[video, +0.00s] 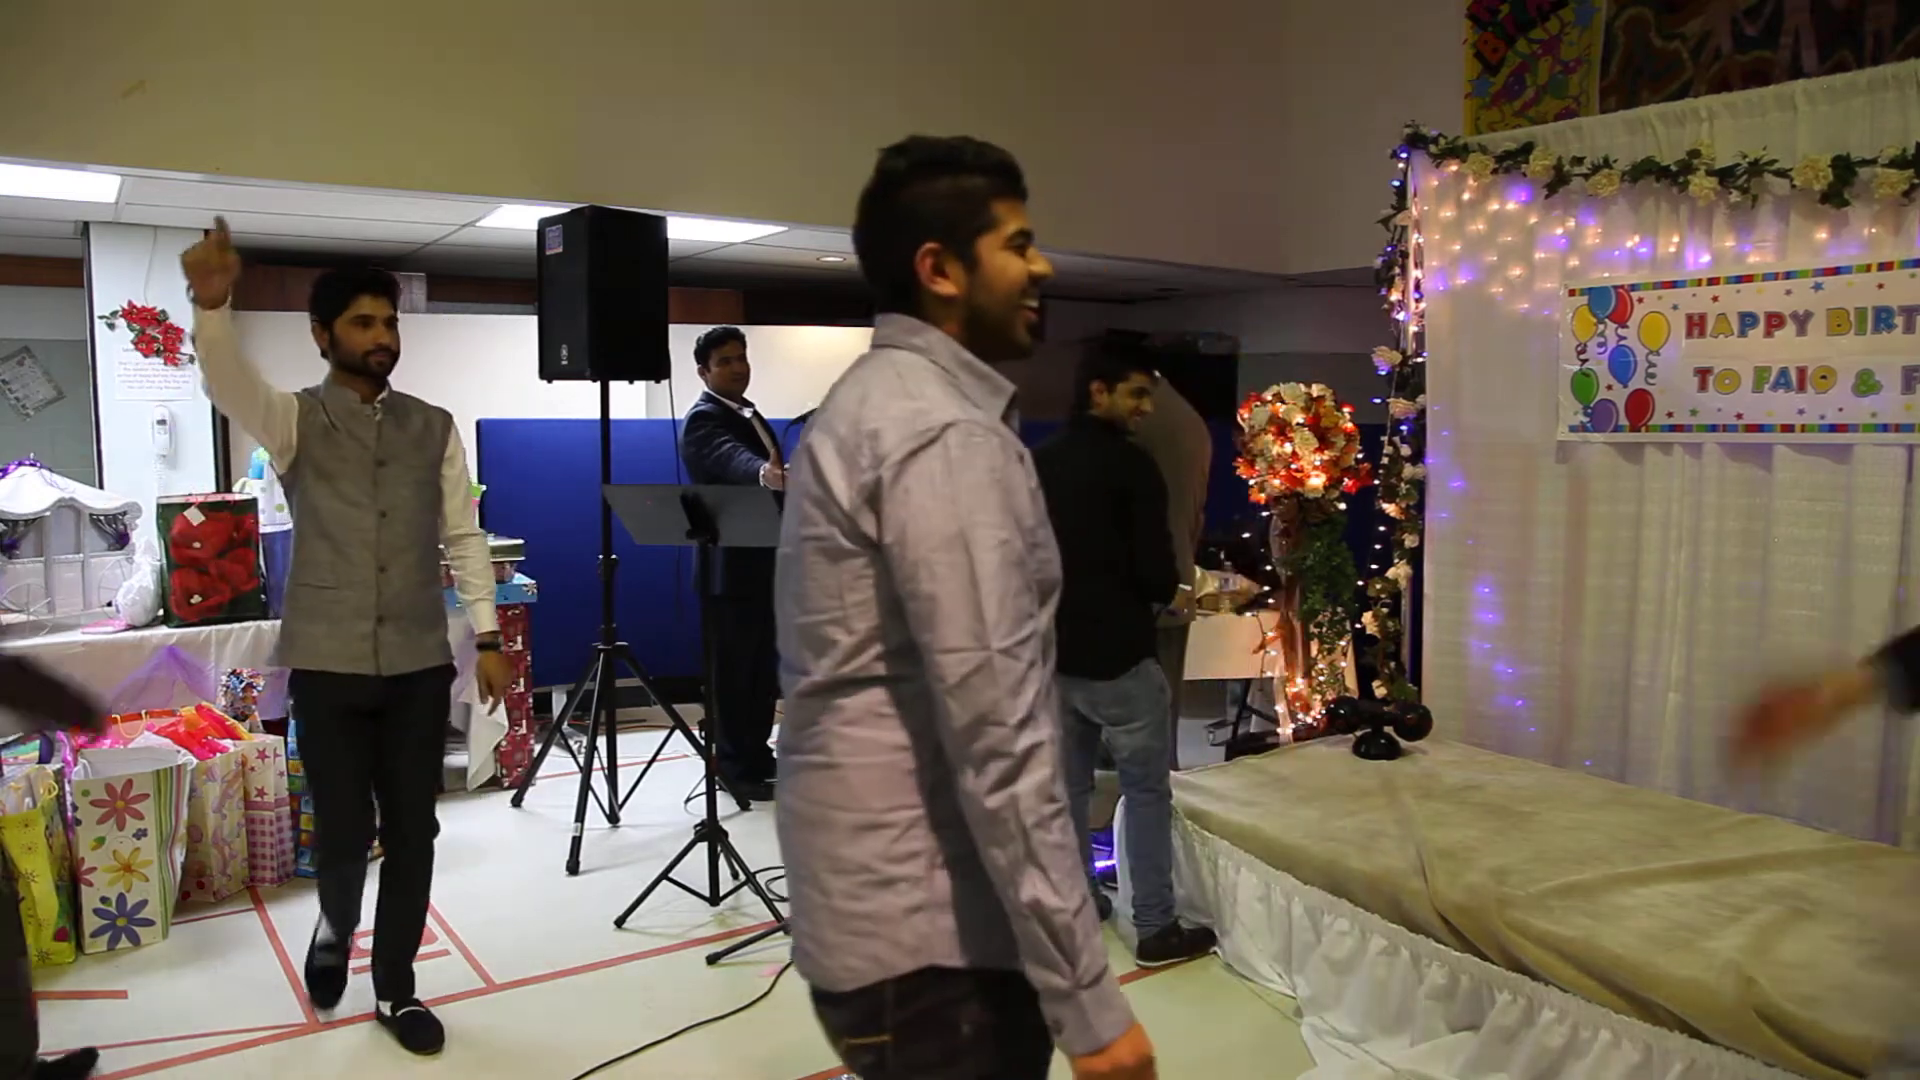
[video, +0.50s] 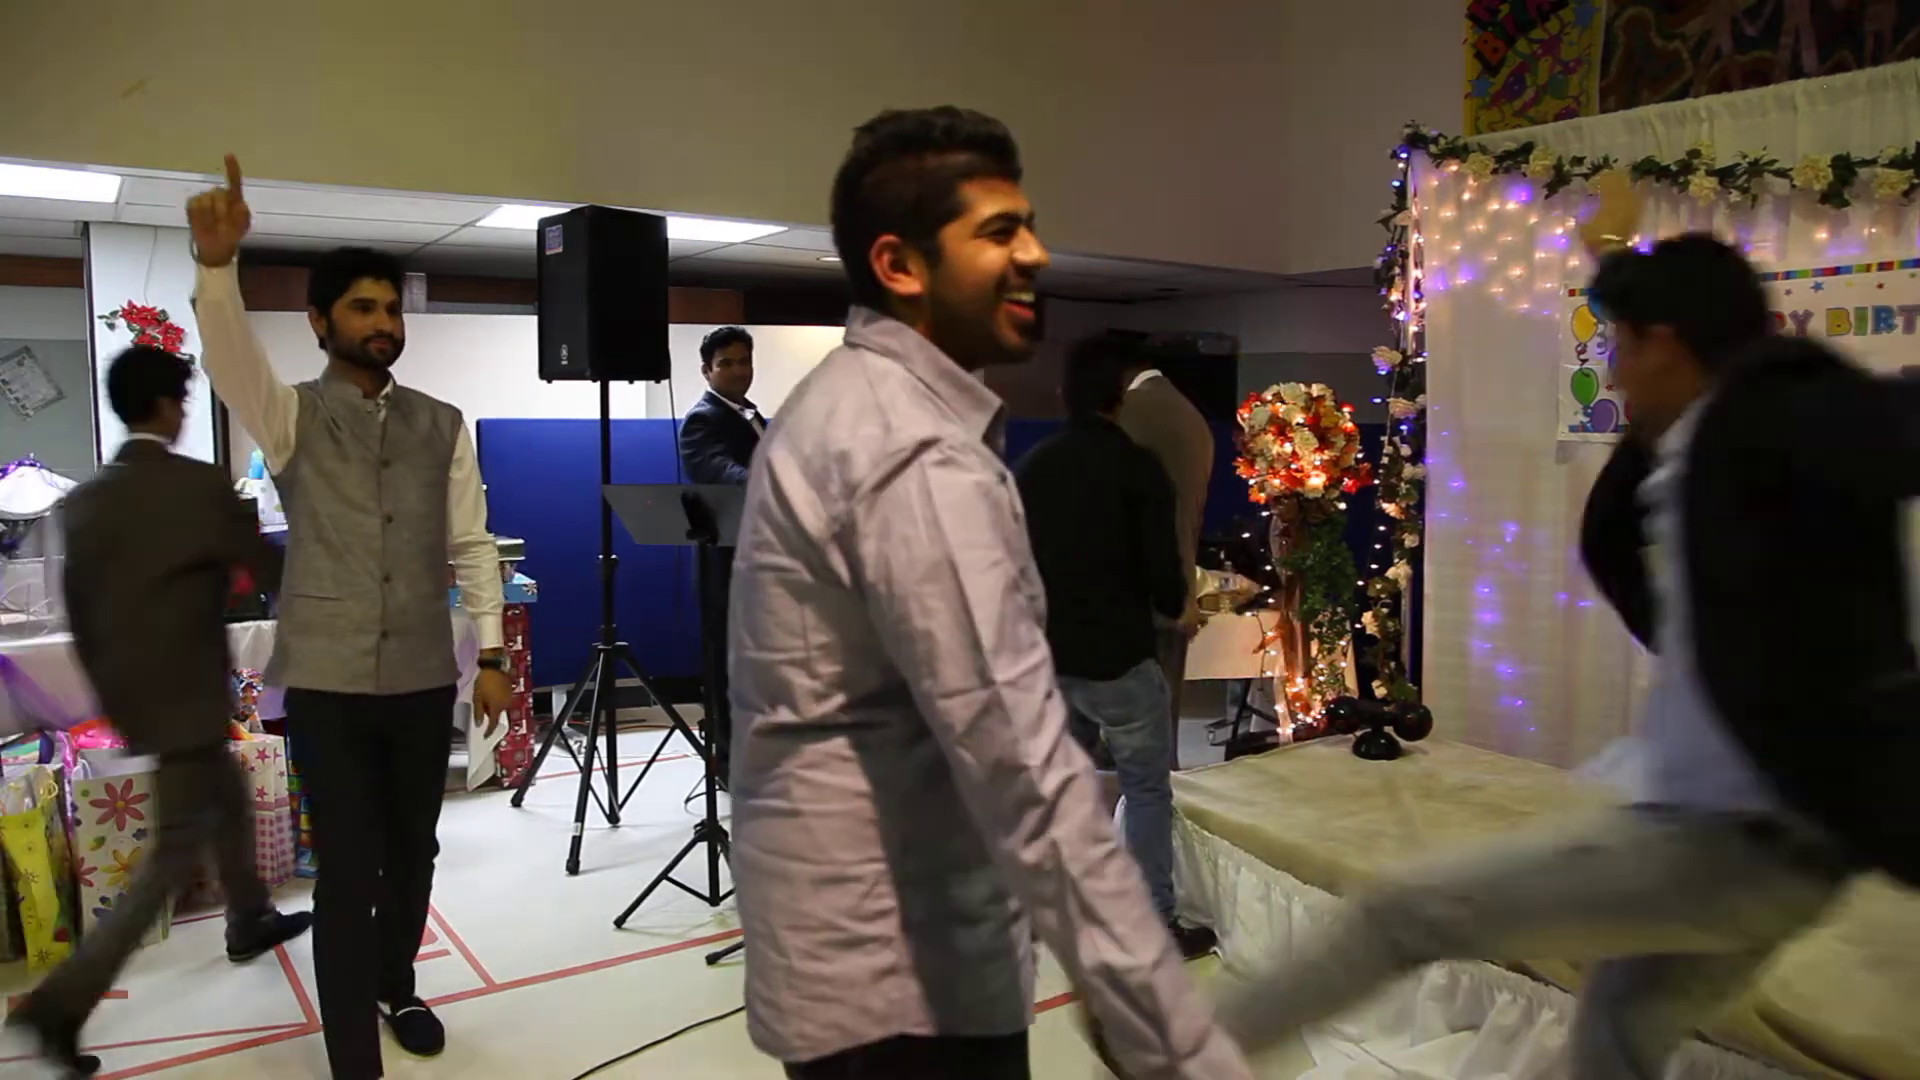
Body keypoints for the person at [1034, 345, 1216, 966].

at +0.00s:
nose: (1146, 407)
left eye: (1149, 395)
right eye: (1137, 395)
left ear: (1094, 398)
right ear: (1099, 392)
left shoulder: (1047, 458)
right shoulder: (1133, 463)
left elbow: (1038, 548)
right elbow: (1158, 572)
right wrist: (1155, 596)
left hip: (1059, 652)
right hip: (1120, 658)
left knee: (1067, 793)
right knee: (1145, 790)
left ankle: (1076, 908)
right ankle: (1155, 928)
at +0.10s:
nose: (1149, 408)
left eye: (1151, 396)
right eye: (1141, 395)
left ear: (1096, 394)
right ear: (1105, 391)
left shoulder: (1046, 457)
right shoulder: (1132, 462)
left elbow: (1038, 551)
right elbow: (1158, 573)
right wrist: (1159, 597)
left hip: (1059, 652)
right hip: (1120, 658)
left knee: (1066, 797)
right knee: (1146, 791)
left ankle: (1070, 925)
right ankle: (1155, 930)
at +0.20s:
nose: (1142, 402)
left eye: (1140, 390)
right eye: (1138, 390)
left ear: (1081, 392)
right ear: (1121, 393)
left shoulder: (1043, 459)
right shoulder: (1132, 463)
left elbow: (1037, 552)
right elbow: (1158, 576)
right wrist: (1166, 595)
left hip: (1057, 658)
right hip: (1120, 662)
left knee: (1066, 802)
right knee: (1147, 791)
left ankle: (1071, 932)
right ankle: (1156, 930)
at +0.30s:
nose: (1138, 400)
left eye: (1134, 388)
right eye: (1136, 390)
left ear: (1075, 392)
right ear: (1124, 396)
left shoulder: (1038, 462)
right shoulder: (1135, 467)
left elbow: (1032, 555)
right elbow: (1160, 578)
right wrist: (1169, 605)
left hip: (1054, 657)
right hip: (1119, 661)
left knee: (1065, 800)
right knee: (1147, 790)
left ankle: (1063, 930)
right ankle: (1155, 927)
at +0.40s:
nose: (1138, 396)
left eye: (1133, 385)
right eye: (1135, 386)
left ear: (1072, 391)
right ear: (1123, 394)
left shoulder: (1036, 463)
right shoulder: (1136, 466)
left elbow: (1028, 555)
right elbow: (1160, 573)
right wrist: (1172, 606)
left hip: (1053, 656)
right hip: (1120, 661)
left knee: (1063, 796)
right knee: (1147, 789)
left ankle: (1059, 922)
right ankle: (1156, 924)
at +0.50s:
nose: (1137, 394)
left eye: (1133, 383)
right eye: (1134, 384)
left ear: (1069, 392)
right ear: (1122, 393)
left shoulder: (1035, 464)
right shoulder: (1138, 466)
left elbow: (1030, 556)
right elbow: (1164, 571)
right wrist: (1174, 611)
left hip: (1053, 653)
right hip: (1120, 659)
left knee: (1073, 787)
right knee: (1147, 790)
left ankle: (1070, 911)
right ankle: (1153, 922)